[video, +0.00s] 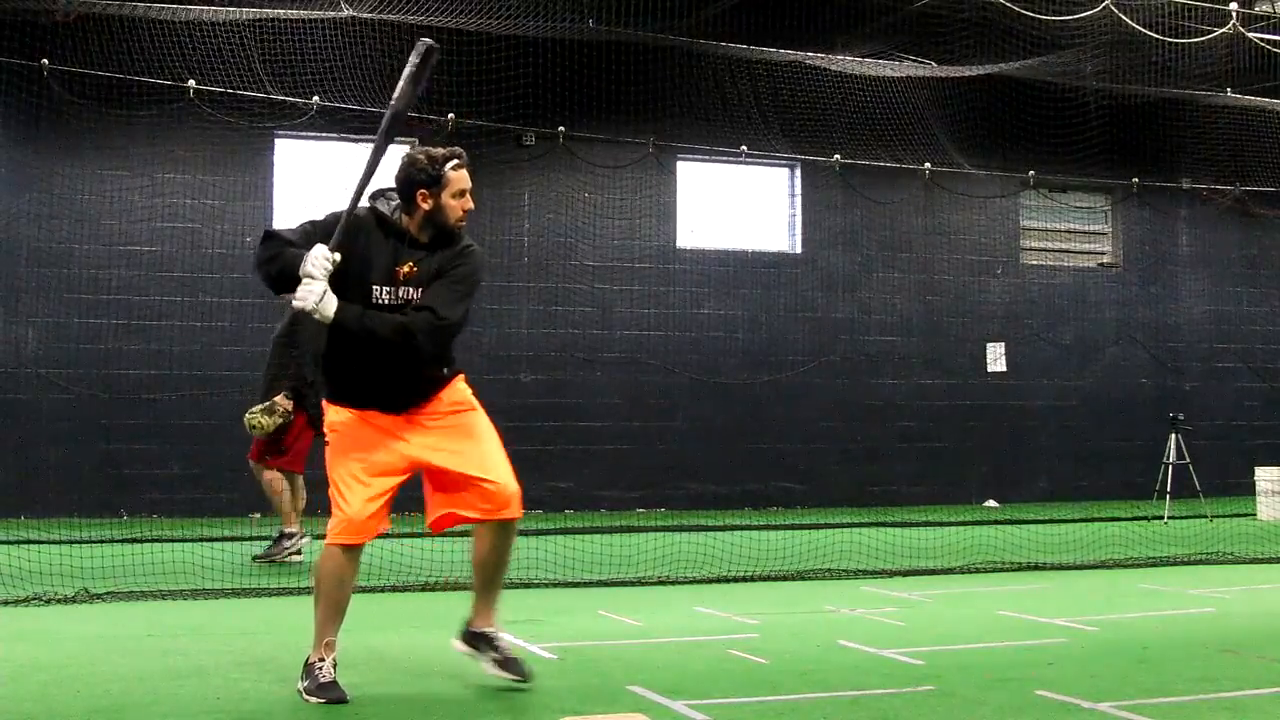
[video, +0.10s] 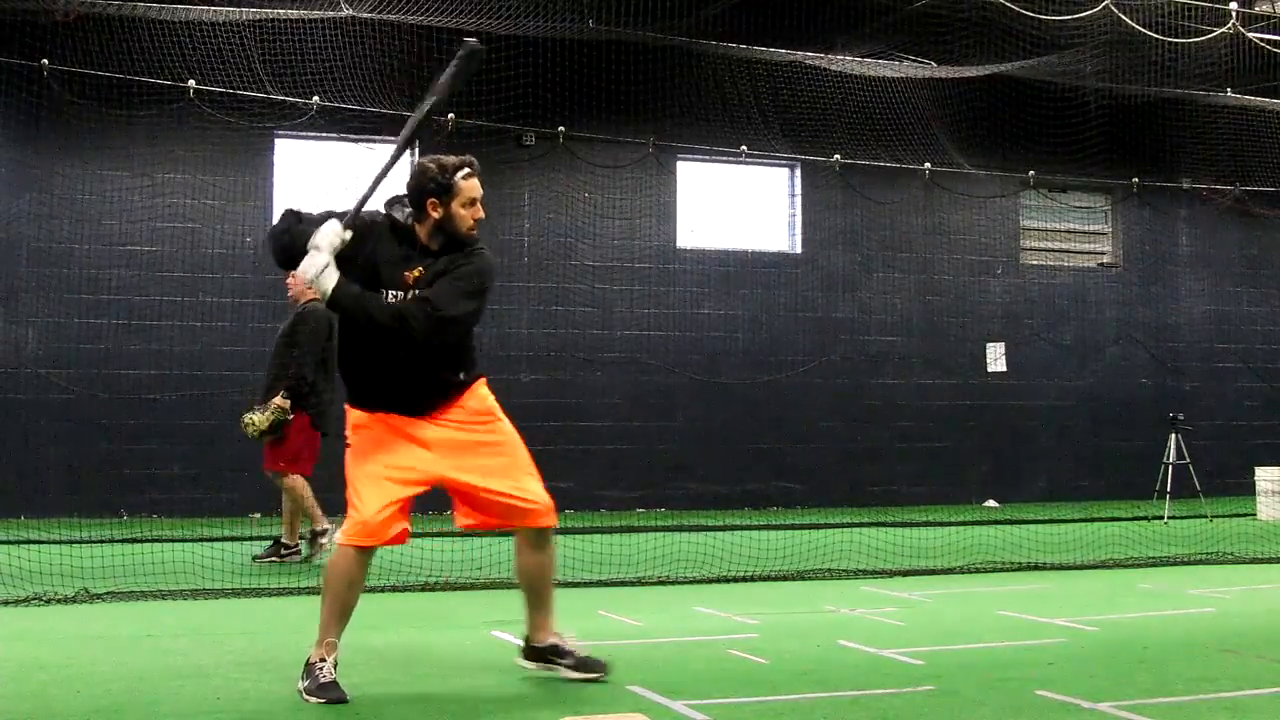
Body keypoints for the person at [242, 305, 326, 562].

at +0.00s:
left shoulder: (307, 314)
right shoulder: (306, 311)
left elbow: (306, 356)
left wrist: (288, 392)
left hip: (296, 399)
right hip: (306, 398)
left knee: (261, 461)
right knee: (291, 469)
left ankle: (290, 531)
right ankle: (294, 538)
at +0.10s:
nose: (288, 281)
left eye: (295, 277)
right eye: (290, 276)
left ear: (311, 284)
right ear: (307, 286)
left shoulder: (314, 315)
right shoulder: (307, 314)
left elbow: (304, 362)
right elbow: (300, 362)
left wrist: (285, 396)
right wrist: (275, 397)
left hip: (301, 406)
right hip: (298, 405)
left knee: (281, 468)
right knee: (289, 472)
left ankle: (321, 527)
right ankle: (289, 541)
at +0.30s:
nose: (306, 280)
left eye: (312, 275)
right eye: (307, 276)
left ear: (330, 282)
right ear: (325, 283)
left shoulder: (331, 316)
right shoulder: (318, 317)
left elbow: (315, 365)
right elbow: (298, 364)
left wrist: (290, 397)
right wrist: (281, 398)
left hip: (321, 408)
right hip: (302, 407)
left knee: (326, 477)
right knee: (297, 476)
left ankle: (349, 543)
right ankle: (289, 544)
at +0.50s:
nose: (326, 282)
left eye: (333, 277)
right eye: (325, 278)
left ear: (350, 283)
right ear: (327, 284)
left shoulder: (355, 318)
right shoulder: (333, 318)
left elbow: (347, 366)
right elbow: (325, 364)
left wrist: (320, 398)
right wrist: (311, 398)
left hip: (347, 409)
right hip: (323, 406)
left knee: (350, 478)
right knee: (308, 475)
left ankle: (354, 546)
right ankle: (294, 541)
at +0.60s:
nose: (343, 282)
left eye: (350, 276)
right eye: (339, 276)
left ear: (365, 282)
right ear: (334, 281)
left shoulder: (367, 318)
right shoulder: (335, 316)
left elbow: (365, 369)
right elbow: (330, 363)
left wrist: (343, 404)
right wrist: (320, 402)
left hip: (356, 409)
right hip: (326, 406)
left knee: (355, 478)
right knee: (313, 471)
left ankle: (354, 545)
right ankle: (316, 538)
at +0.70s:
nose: (355, 287)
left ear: (371, 288)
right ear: (352, 286)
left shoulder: (376, 320)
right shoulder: (341, 318)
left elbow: (379, 367)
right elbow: (334, 363)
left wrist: (368, 405)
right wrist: (327, 403)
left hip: (364, 406)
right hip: (332, 405)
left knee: (357, 477)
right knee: (319, 469)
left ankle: (356, 544)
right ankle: (356, 526)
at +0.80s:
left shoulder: (382, 328)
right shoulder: (347, 325)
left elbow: (397, 371)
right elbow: (344, 371)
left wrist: (394, 411)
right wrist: (329, 405)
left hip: (370, 415)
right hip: (340, 415)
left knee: (363, 482)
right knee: (338, 476)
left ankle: (355, 547)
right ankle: (390, 522)